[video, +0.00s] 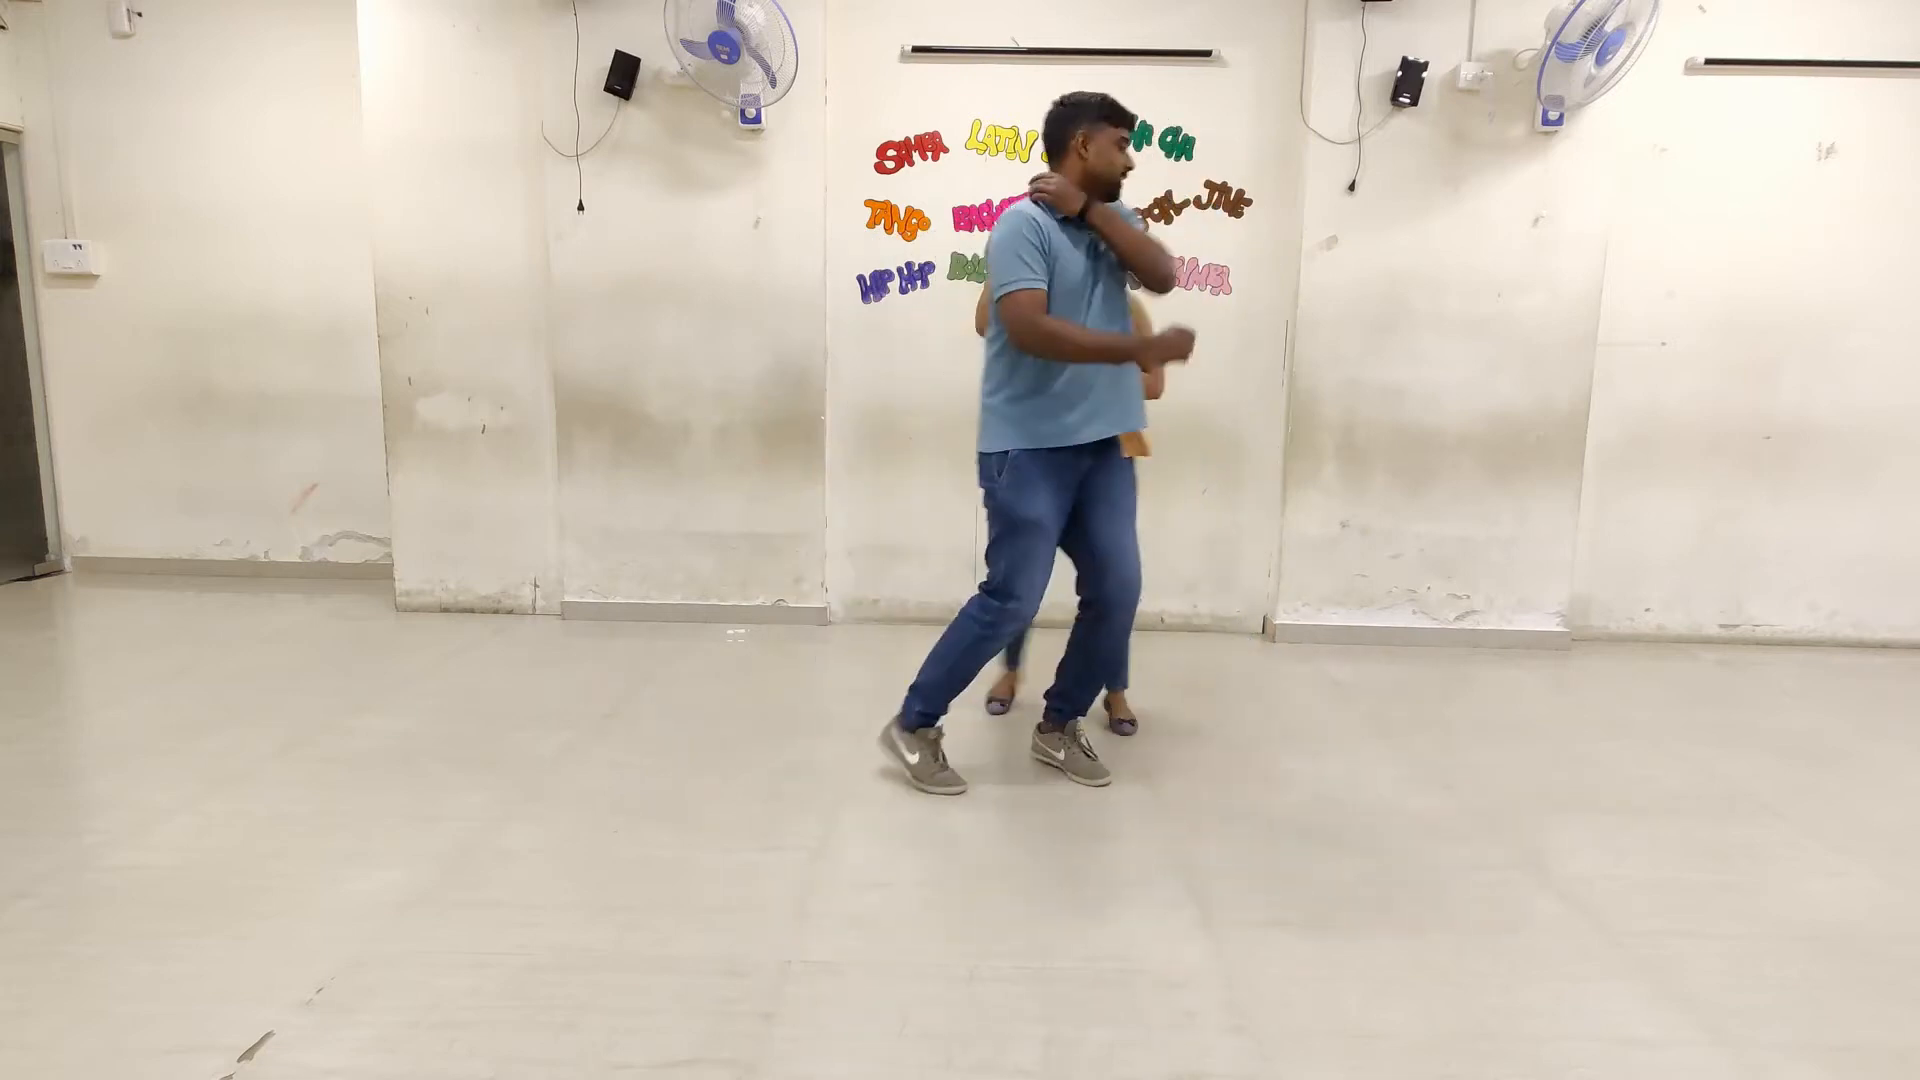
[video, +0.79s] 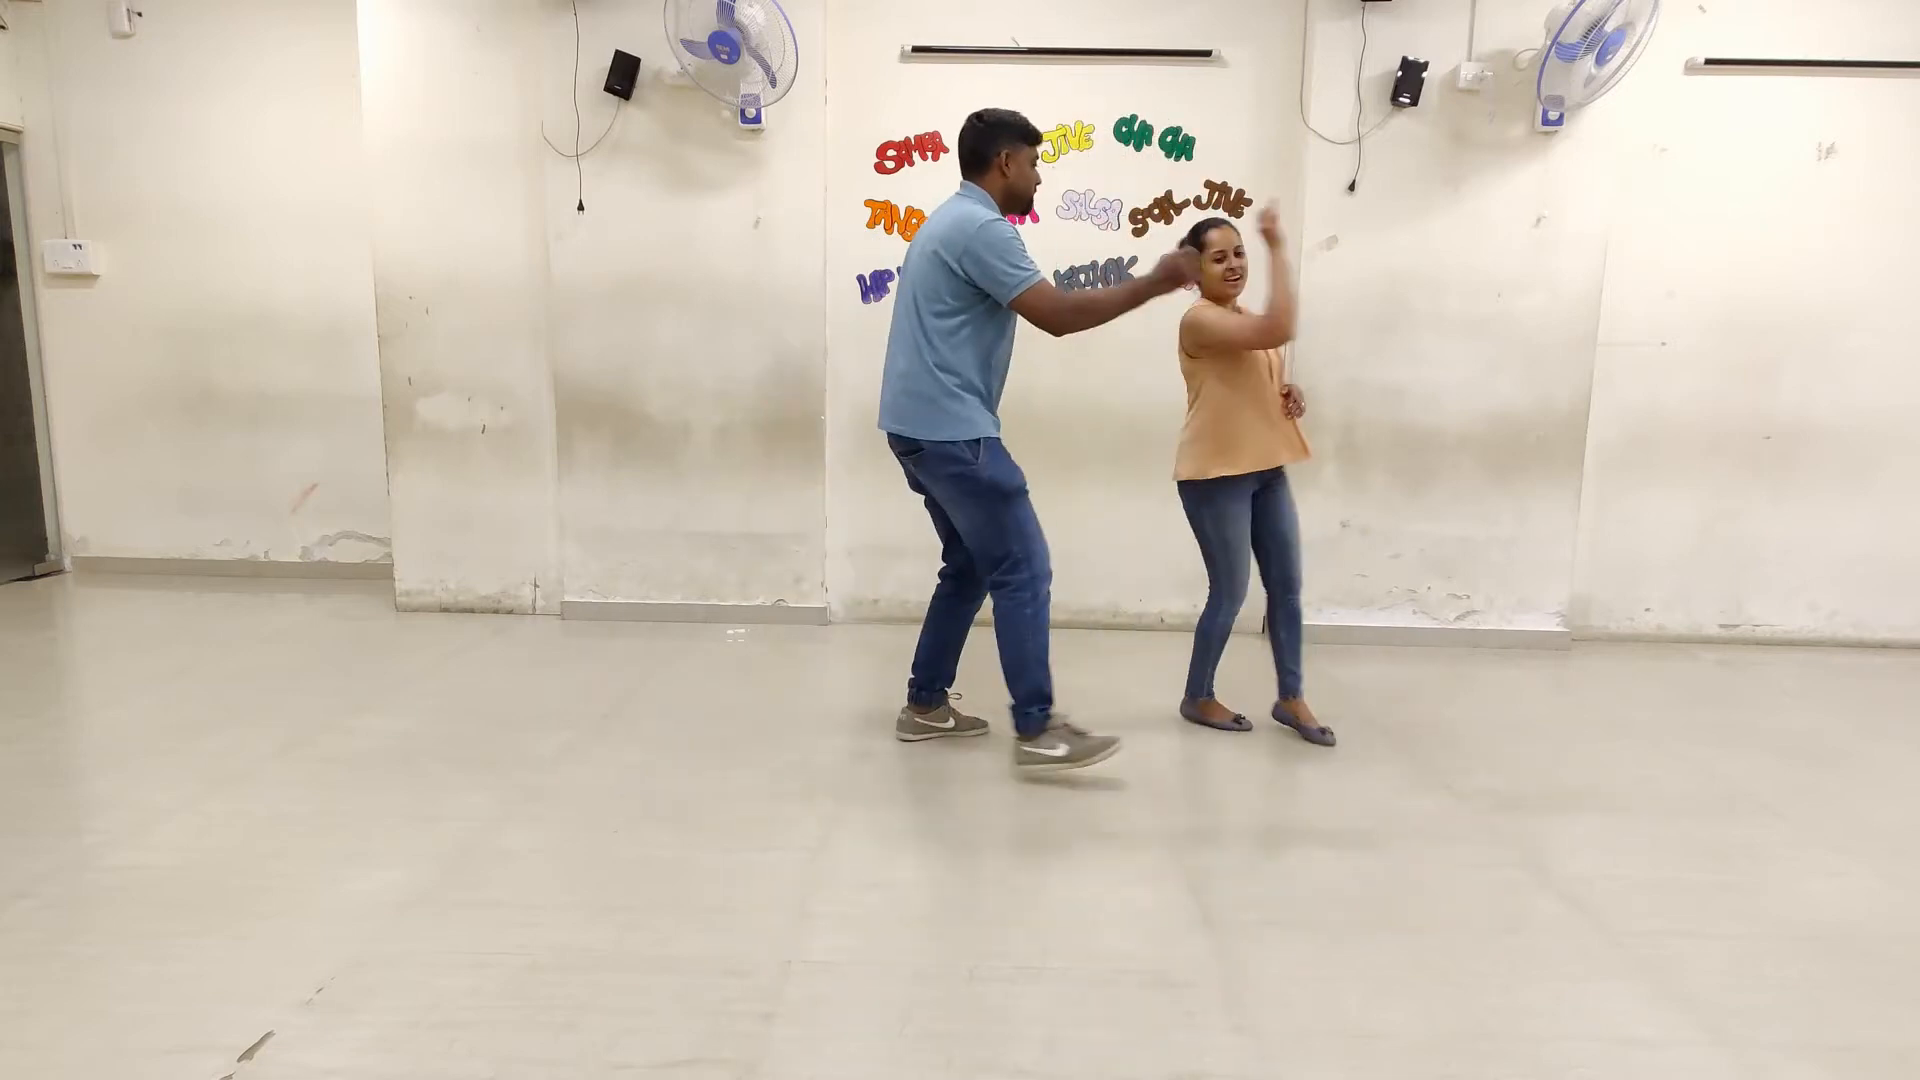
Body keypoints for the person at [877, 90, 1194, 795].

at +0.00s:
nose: (1130, 157)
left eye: (1130, 146)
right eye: (1120, 144)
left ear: (1088, 152)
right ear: (1078, 146)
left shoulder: (1114, 227)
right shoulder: (1021, 224)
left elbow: (1164, 275)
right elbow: (1026, 328)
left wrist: (1086, 207)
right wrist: (1139, 347)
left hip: (1102, 446)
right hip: (1026, 446)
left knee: (1118, 589)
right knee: (1014, 597)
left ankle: (1058, 724)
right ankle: (913, 725)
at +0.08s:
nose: (1104, 169)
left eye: (1103, 156)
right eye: (1098, 155)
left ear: (1057, 153)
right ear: (1066, 150)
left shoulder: (1069, 234)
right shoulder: (1017, 222)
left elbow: (1110, 320)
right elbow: (1025, 324)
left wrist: (1103, 262)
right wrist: (1128, 333)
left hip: (1058, 452)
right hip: (1001, 452)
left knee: (1102, 581)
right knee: (995, 603)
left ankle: (1055, 728)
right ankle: (895, 736)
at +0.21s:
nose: (1077, 178)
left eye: (1074, 164)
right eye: (1072, 163)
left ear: (1021, 163)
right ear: (1050, 161)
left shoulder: (1008, 228)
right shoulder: (1015, 232)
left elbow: (1047, 344)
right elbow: (1043, 352)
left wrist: (1064, 284)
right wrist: (1106, 334)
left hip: (1013, 458)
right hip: (985, 461)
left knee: (1076, 573)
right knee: (986, 612)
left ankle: (1038, 725)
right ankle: (885, 744)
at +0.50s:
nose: (1044, 175)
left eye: (1042, 162)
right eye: (1039, 163)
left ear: (980, 167)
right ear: (1018, 165)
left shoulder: (938, 228)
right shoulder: (1020, 241)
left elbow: (966, 327)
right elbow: (1056, 349)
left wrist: (1070, 349)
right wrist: (1035, 306)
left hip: (923, 432)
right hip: (974, 443)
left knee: (974, 576)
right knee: (982, 600)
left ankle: (939, 708)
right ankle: (884, 743)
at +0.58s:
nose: (1044, 165)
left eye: (1043, 152)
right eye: (1039, 152)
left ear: (983, 154)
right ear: (1010, 154)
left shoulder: (946, 215)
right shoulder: (999, 225)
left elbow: (947, 317)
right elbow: (1067, 323)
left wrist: (1010, 337)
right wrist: (1099, 284)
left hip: (927, 423)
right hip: (968, 436)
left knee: (964, 571)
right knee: (1000, 583)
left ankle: (927, 704)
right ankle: (972, 749)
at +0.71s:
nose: (1044, 171)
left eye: (1043, 158)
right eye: (1038, 157)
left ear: (990, 161)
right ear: (1008, 158)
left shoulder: (953, 218)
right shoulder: (987, 226)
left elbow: (938, 324)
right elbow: (1066, 318)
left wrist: (995, 379)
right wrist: (1121, 281)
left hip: (928, 423)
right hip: (958, 431)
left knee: (963, 571)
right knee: (1004, 579)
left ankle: (924, 705)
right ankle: (1028, 742)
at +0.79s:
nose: (1038, 176)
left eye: (1037, 163)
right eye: (1032, 163)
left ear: (987, 164)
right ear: (1002, 162)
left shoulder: (952, 220)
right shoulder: (978, 226)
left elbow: (1044, 307)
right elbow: (1056, 314)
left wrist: (1116, 294)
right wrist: (1153, 283)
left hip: (917, 422)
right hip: (952, 427)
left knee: (967, 566)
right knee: (1022, 565)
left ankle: (926, 706)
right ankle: (1037, 729)